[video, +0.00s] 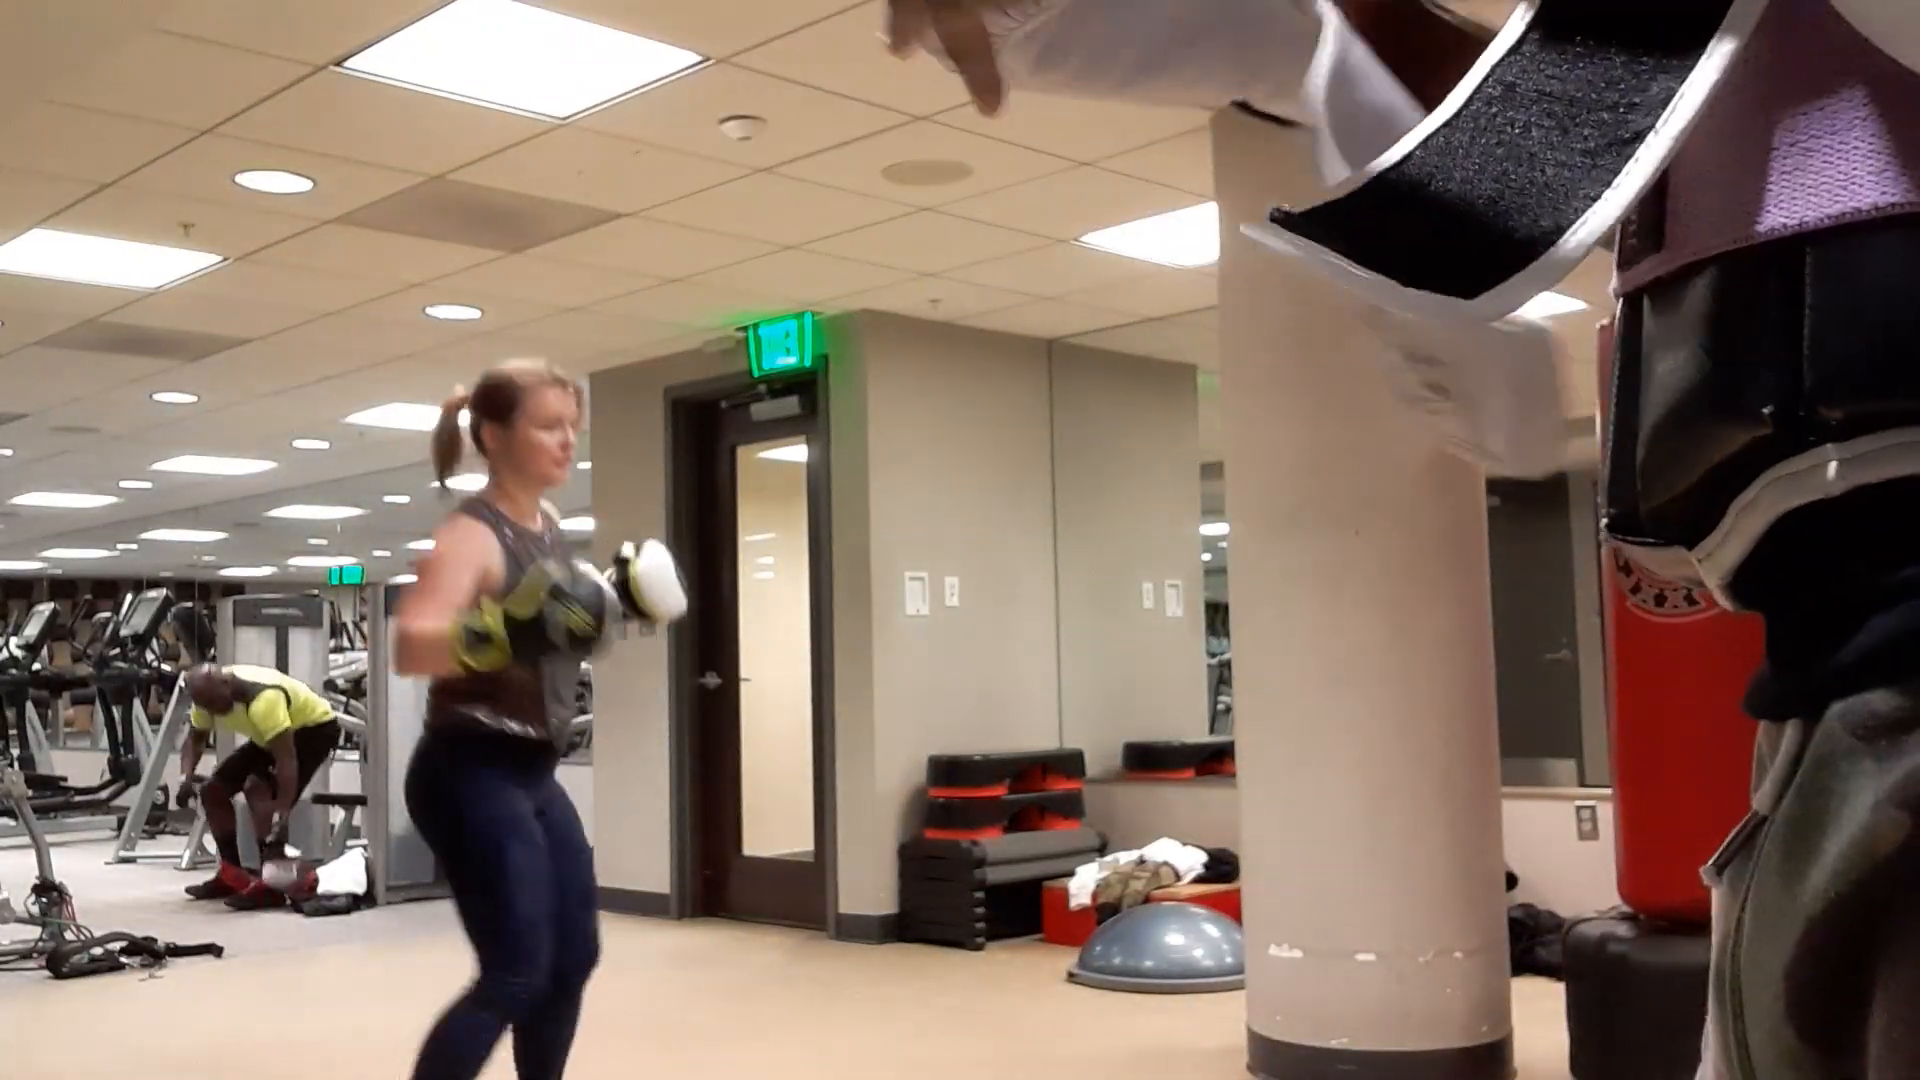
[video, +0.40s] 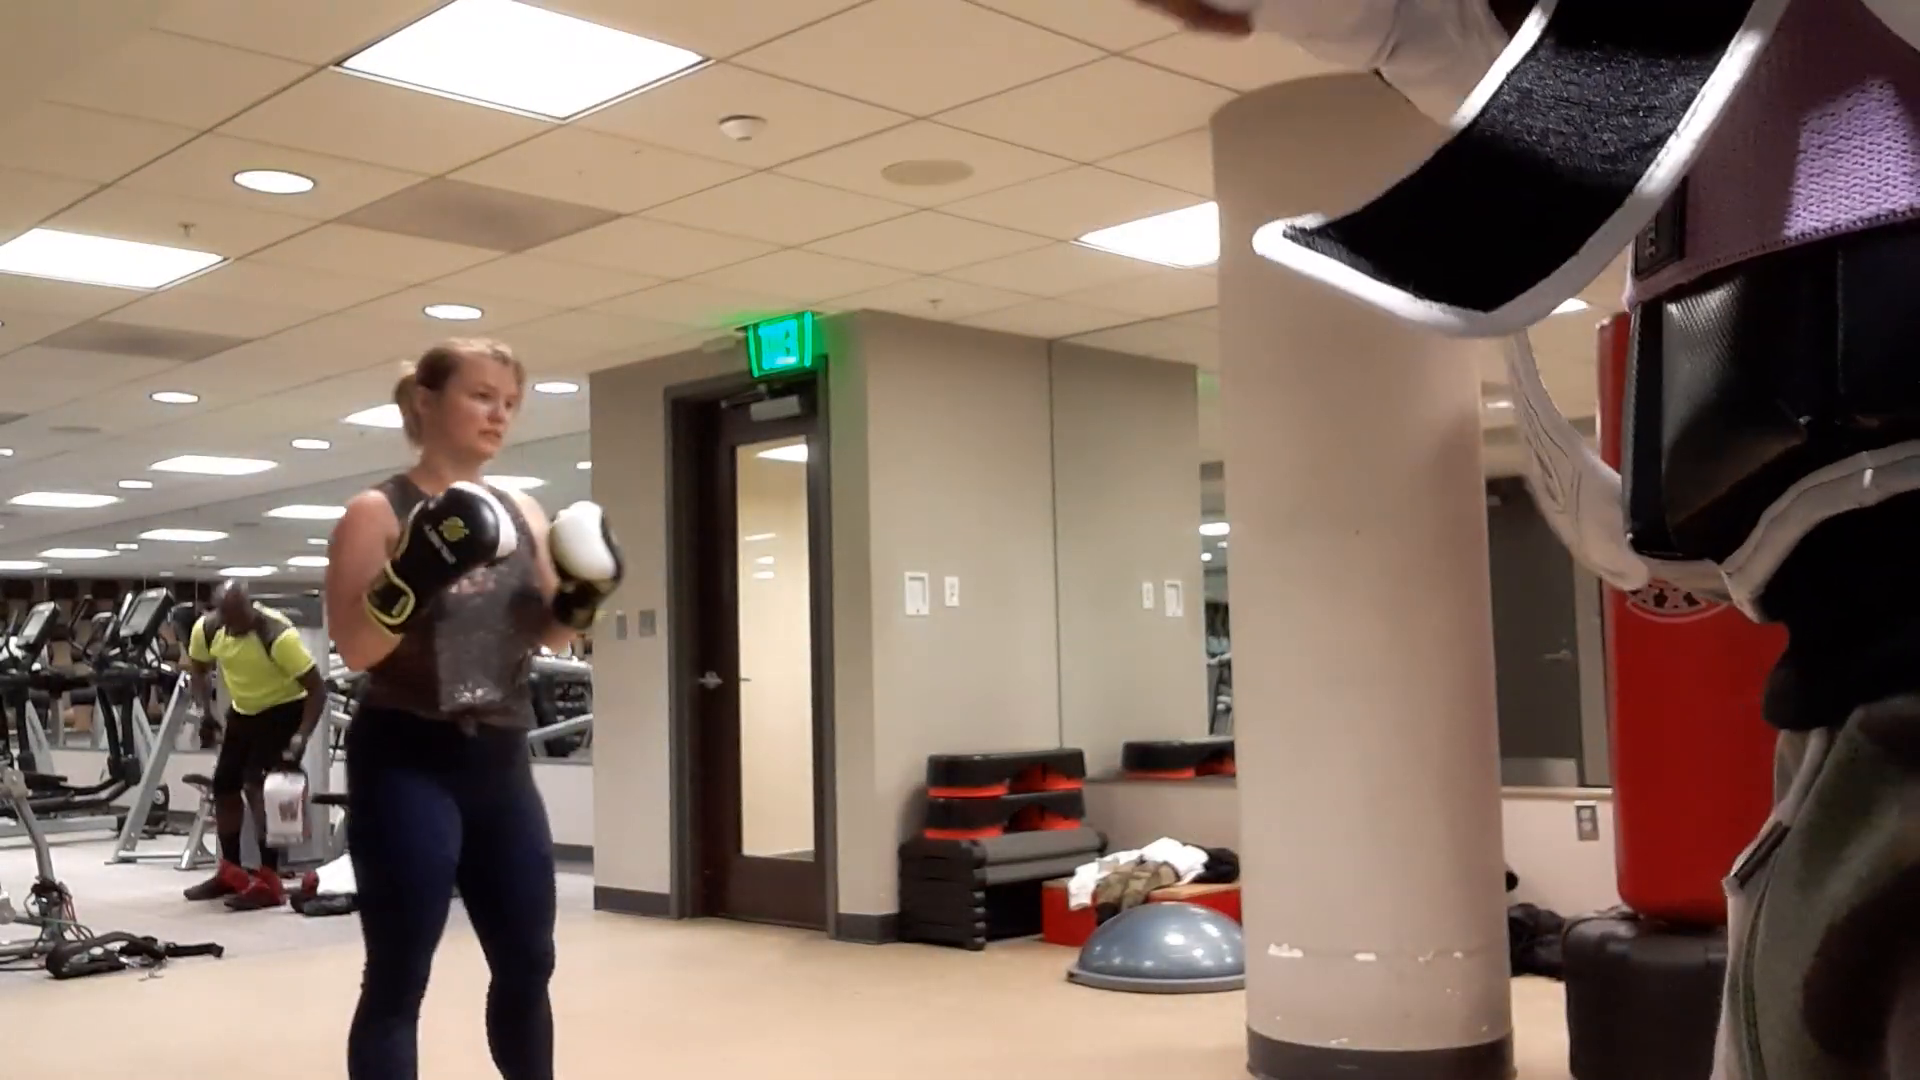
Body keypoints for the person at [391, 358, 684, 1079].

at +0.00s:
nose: (567, 442)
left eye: (571, 428)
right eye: (549, 427)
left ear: (574, 434)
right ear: (494, 435)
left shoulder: (545, 529)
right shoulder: (470, 533)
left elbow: (554, 629)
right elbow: (411, 647)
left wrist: (621, 604)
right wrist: (513, 627)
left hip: (532, 769)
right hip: (468, 770)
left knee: (571, 956)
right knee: (518, 970)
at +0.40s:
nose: (497, 416)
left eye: (507, 405)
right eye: (480, 397)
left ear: (514, 418)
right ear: (426, 403)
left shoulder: (522, 511)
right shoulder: (374, 514)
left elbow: (552, 634)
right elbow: (354, 649)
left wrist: (583, 596)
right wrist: (414, 574)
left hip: (498, 761)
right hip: (403, 760)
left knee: (528, 963)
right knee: (397, 978)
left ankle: (530, 1078)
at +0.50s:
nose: (484, 413)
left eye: (493, 403)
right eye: (466, 395)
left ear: (499, 415)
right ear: (410, 399)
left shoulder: (499, 513)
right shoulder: (359, 509)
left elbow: (520, 635)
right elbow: (338, 647)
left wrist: (560, 598)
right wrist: (405, 579)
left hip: (479, 761)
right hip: (386, 760)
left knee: (526, 959)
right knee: (387, 981)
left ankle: (532, 1078)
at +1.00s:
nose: (419, 412)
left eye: (427, 399)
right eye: (400, 394)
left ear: (430, 408)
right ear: (340, 401)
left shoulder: (409, 509)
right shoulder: (314, 507)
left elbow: (424, 634)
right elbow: (285, 647)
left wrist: (486, 598)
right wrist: (389, 596)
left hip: (424, 761)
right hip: (350, 764)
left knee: (427, 979)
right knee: (372, 991)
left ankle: (322, 1065)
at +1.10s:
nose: (402, 414)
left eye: (410, 401)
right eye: (383, 396)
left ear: (413, 410)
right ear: (325, 404)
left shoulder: (392, 513)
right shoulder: (302, 507)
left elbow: (410, 641)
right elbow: (273, 645)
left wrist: (477, 596)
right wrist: (376, 591)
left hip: (413, 759)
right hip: (342, 761)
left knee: (385, 982)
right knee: (365, 986)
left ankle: (292, 1069)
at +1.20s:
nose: (387, 414)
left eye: (394, 400)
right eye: (367, 397)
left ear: (396, 409)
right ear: (309, 405)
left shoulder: (370, 513)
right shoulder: (287, 507)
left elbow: (390, 641)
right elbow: (258, 644)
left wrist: (459, 596)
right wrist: (358, 589)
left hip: (383, 760)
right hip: (320, 762)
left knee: (351, 973)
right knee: (357, 979)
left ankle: (270, 1069)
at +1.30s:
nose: (373, 417)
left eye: (380, 403)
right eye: (354, 400)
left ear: (383, 411)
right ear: (296, 408)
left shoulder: (360, 514)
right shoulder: (269, 509)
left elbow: (372, 641)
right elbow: (238, 643)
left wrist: (437, 603)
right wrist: (336, 595)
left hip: (360, 763)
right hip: (296, 767)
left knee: (316, 985)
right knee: (346, 991)